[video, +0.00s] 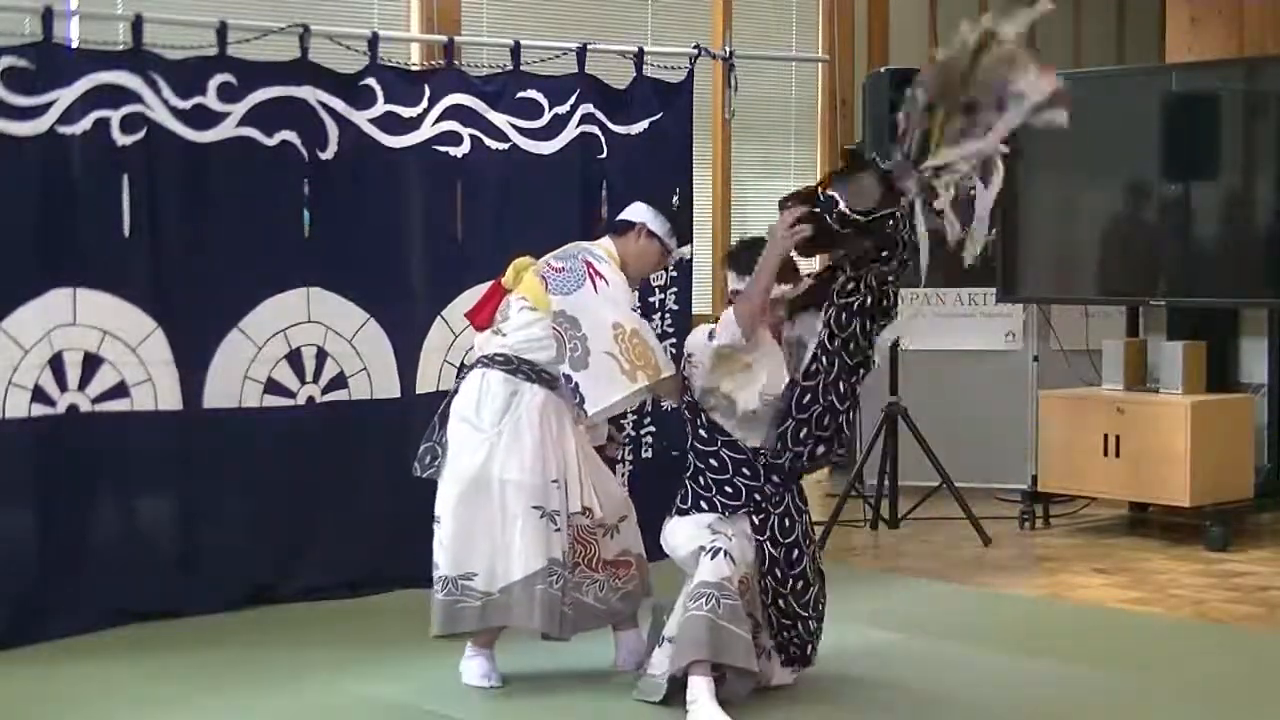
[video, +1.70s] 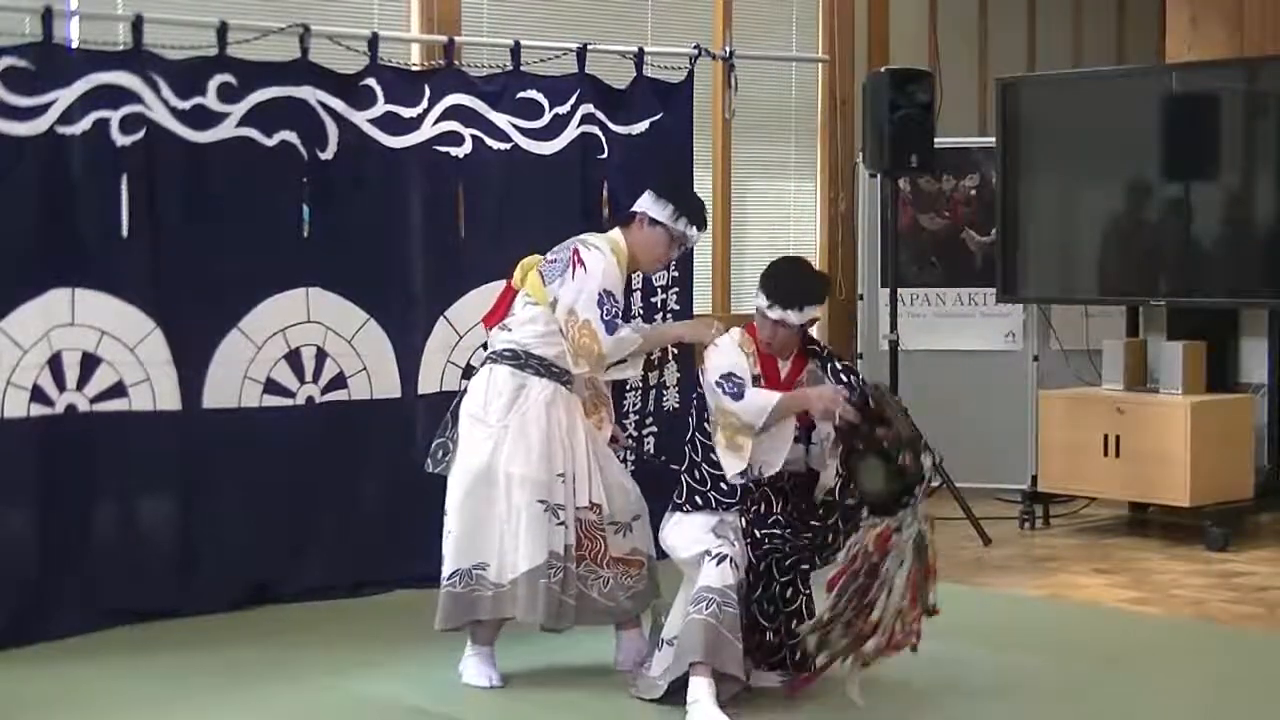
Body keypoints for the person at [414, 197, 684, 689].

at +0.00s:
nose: (659, 270)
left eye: (665, 262)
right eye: (661, 256)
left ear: (635, 235)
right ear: (639, 234)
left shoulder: (576, 261)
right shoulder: (598, 272)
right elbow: (631, 345)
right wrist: (672, 385)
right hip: (509, 395)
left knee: (609, 509)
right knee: (498, 522)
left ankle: (630, 642)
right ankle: (480, 650)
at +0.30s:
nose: (651, 285)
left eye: (656, 277)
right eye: (652, 273)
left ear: (621, 252)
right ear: (631, 253)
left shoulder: (566, 276)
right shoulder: (592, 283)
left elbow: (546, 377)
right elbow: (651, 363)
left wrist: (586, 436)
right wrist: (703, 400)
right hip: (499, 403)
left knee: (604, 510)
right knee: (488, 525)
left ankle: (628, 642)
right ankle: (479, 650)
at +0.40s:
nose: (646, 290)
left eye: (651, 283)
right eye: (648, 277)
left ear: (621, 255)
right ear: (629, 256)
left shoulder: (559, 273)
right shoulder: (593, 283)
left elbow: (547, 380)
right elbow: (643, 341)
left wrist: (579, 433)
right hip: (501, 406)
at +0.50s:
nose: (644, 290)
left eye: (649, 282)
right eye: (646, 276)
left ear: (619, 255)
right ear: (627, 255)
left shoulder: (559, 274)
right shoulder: (594, 280)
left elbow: (543, 384)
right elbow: (656, 349)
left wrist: (581, 443)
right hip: (492, 403)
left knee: (593, 512)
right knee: (487, 526)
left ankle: (627, 643)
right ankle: (478, 653)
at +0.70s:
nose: (640, 280)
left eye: (646, 271)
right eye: (643, 266)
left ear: (613, 243)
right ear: (622, 245)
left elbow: (542, 370)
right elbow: (634, 353)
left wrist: (577, 432)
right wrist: (654, 408)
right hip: (498, 399)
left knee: (594, 510)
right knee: (488, 522)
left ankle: (627, 642)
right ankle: (478, 652)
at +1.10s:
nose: (661, 254)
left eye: (667, 244)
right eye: (661, 238)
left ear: (629, 221)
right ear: (630, 217)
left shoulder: (592, 263)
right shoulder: (580, 258)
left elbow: (564, 354)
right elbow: (590, 346)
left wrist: (591, 415)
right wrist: (668, 345)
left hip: (544, 400)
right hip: (503, 394)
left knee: (613, 504)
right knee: (498, 517)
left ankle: (631, 643)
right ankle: (478, 650)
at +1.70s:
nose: (672, 258)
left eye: (679, 249)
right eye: (673, 244)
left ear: (643, 227)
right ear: (644, 223)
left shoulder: (604, 263)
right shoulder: (595, 261)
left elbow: (587, 357)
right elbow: (595, 347)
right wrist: (678, 331)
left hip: (557, 405)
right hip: (515, 398)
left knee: (621, 506)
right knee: (500, 519)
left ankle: (633, 647)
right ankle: (479, 651)